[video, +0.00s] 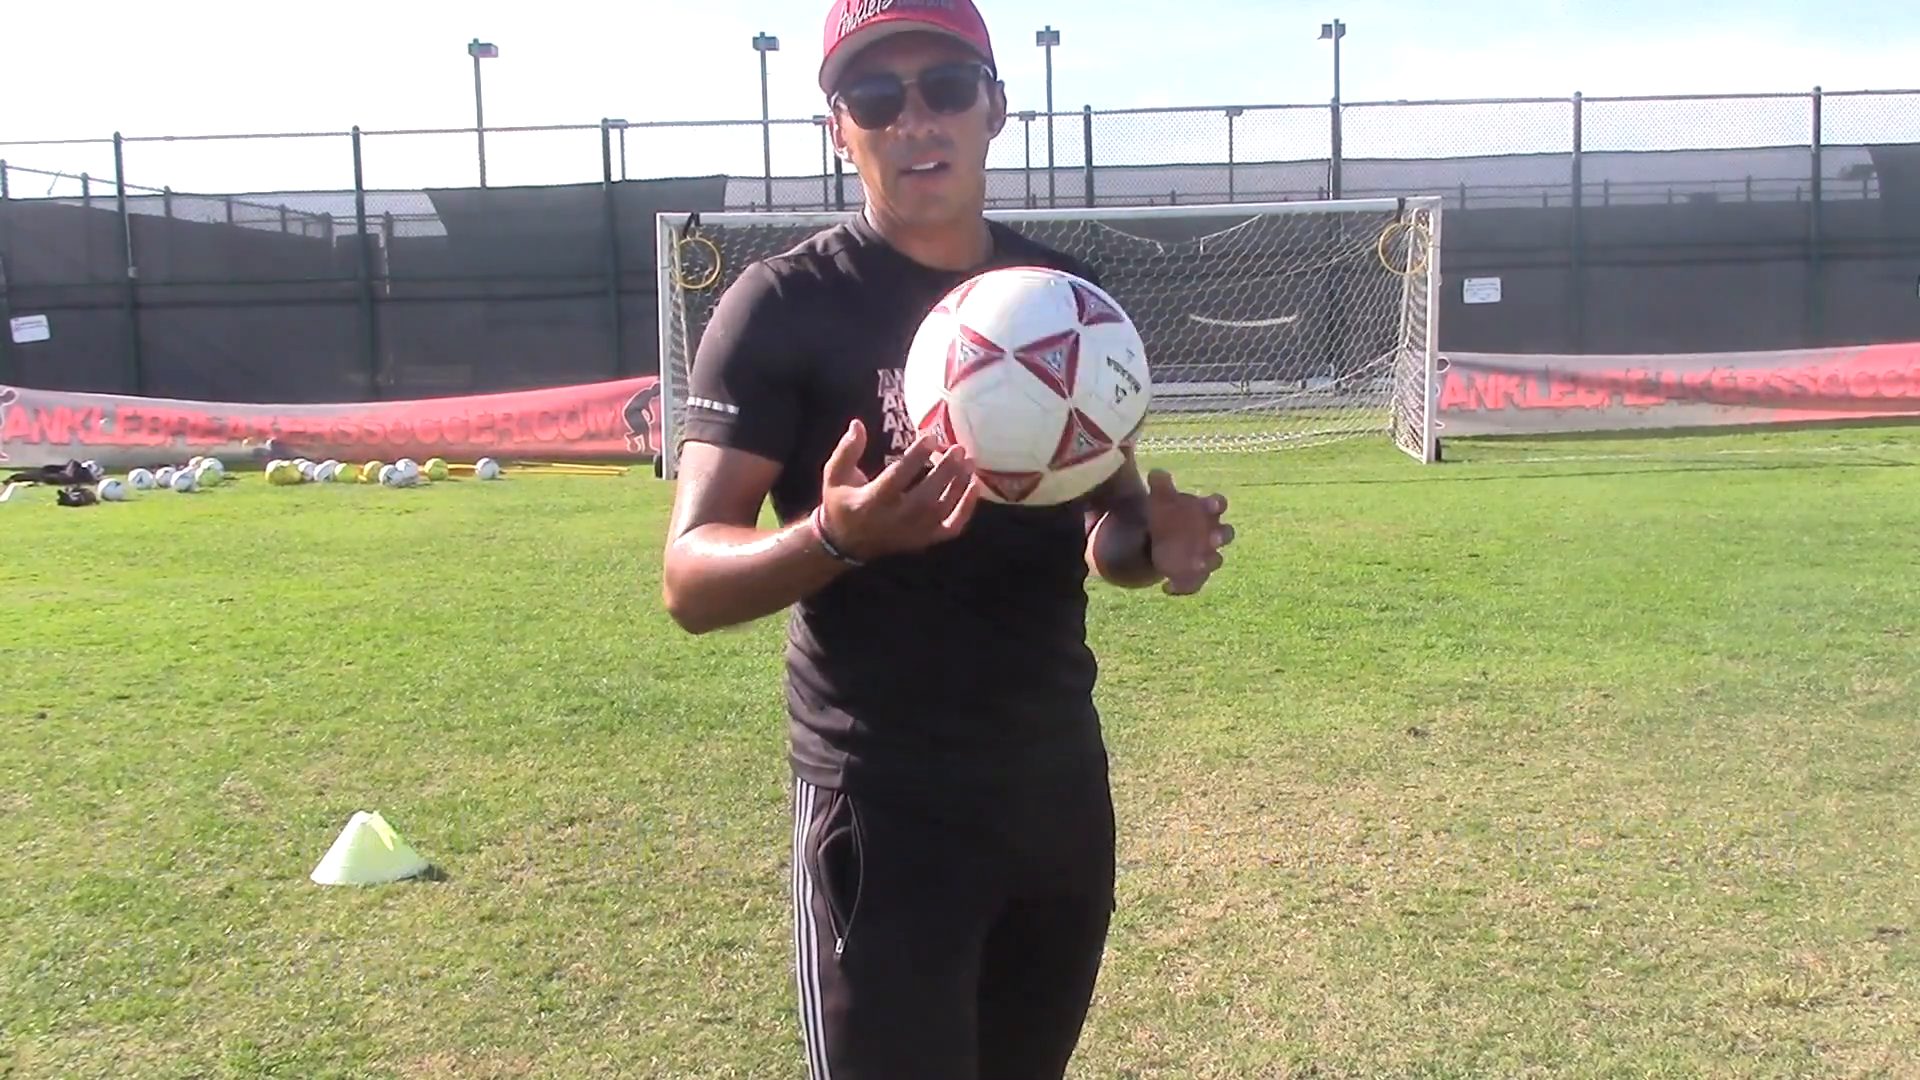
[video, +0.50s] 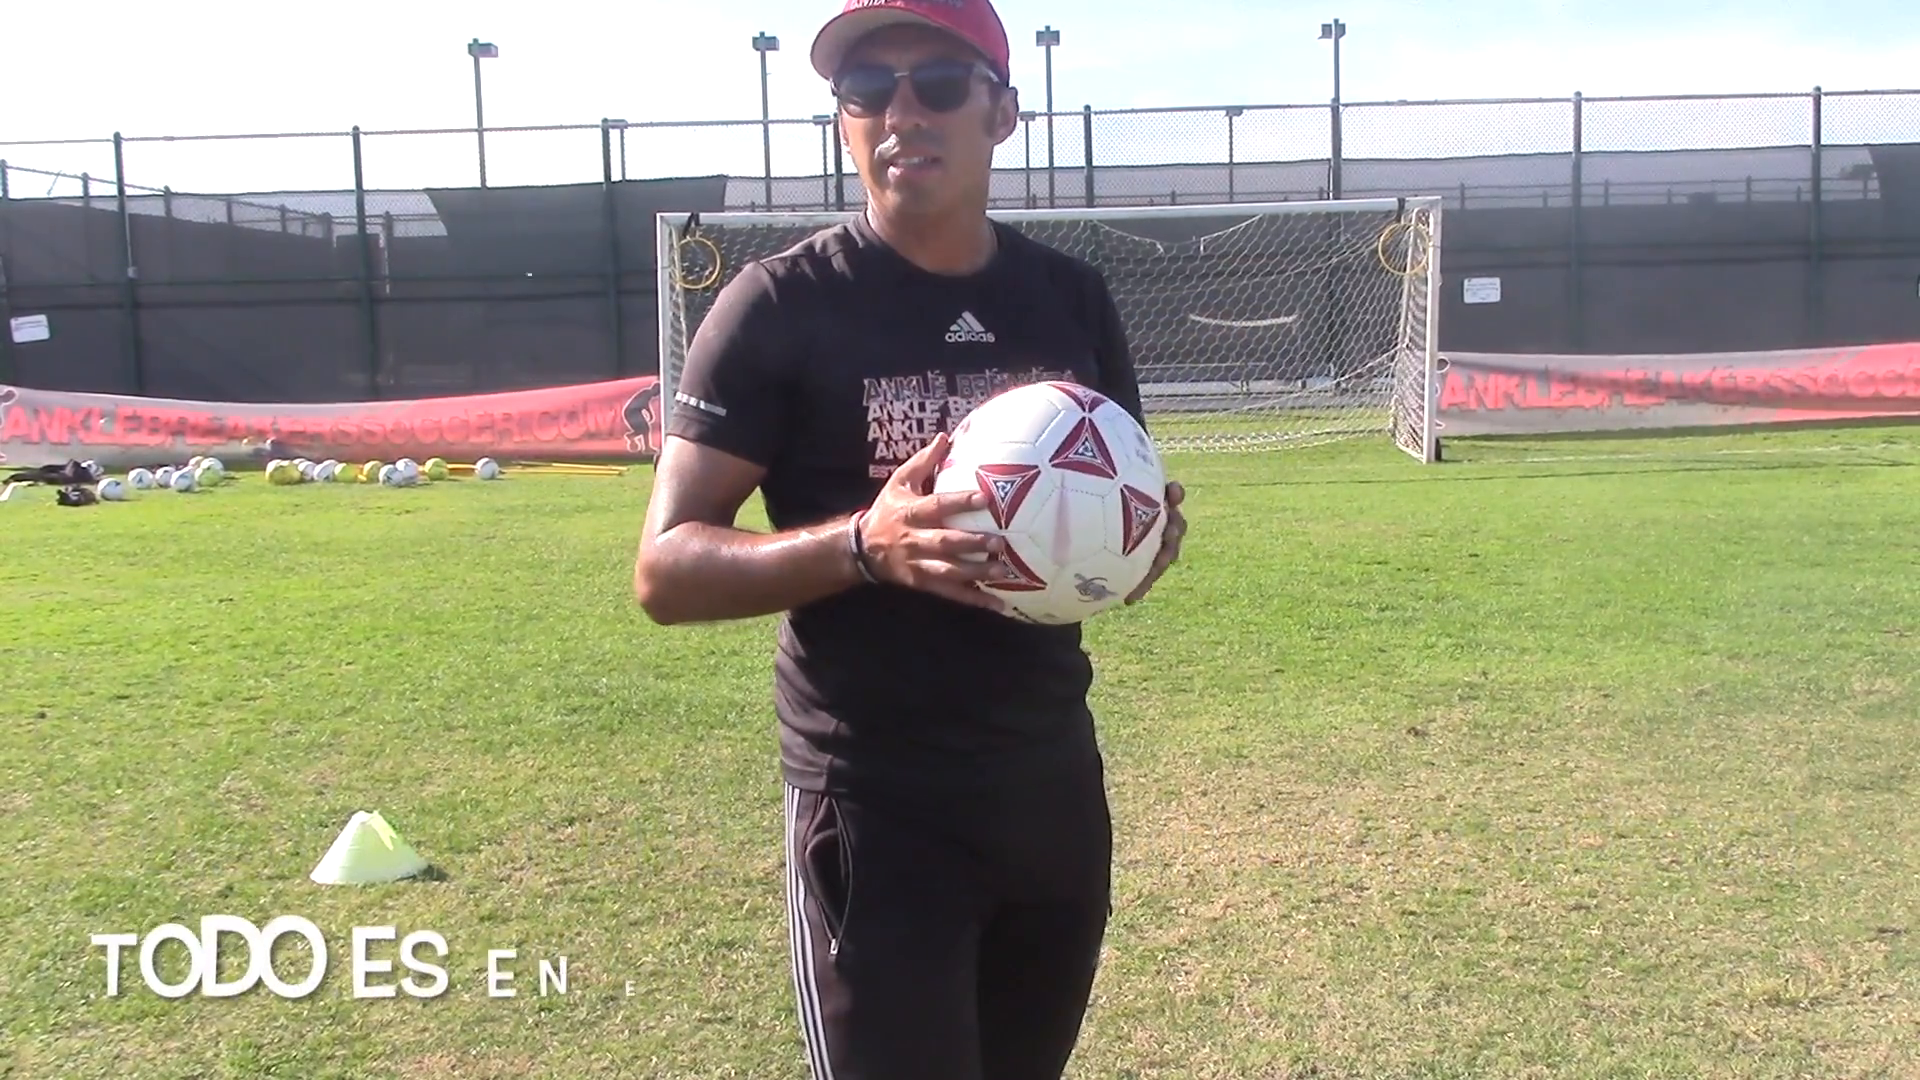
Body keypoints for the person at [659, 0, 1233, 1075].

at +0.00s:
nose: (918, 122)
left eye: (946, 89)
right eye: (880, 97)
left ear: (993, 109)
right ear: (841, 131)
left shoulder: (1060, 288)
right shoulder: (776, 307)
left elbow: (1111, 541)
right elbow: (692, 586)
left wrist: (1157, 539)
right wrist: (831, 537)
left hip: (1058, 780)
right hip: (878, 792)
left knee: (1028, 1063)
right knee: (890, 1061)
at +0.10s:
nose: (913, 123)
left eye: (944, 91)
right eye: (876, 98)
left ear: (992, 110)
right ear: (839, 128)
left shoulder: (1061, 288)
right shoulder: (776, 309)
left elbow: (1130, 509)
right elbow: (689, 585)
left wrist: (1141, 535)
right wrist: (852, 534)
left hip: (1058, 781)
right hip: (879, 792)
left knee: (1027, 1064)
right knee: (888, 1060)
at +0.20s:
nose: (909, 121)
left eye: (941, 89)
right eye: (872, 97)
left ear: (995, 113)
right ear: (838, 129)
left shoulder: (1065, 290)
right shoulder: (775, 309)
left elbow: (1131, 561)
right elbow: (689, 583)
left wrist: (1125, 475)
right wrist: (869, 536)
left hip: (1055, 775)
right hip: (876, 789)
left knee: (1027, 1065)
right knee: (889, 1061)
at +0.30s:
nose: (905, 117)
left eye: (939, 88)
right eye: (871, 94)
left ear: (996, 115)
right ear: (837, 128)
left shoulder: (1066, 291)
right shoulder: (772, 311)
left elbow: (1126, 563)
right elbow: (686, 581)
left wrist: (1145, 490)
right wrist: (875, 541)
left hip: (1054, 776)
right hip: (875, 789)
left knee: (1026, 1064)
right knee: (887, 1060)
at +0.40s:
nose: (903, 116)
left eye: (938, 88)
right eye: (870, 93)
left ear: (998, 117)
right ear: (839, 126)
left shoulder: (1067, 292)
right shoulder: (773, 310)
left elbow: (1133, 544)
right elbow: (677, 576)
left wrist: (1145, 507)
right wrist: (870, 546)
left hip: (1052, 777)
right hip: (873, 791)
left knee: (1024, 1063)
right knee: (889, 1060)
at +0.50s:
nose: (904, 116)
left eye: (940, 86)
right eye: (871, 92)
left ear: (1001, 117)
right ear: (841, 124)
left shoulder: (1070, 295)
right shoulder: (771, 309)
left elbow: (1120, 501)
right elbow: (667, 572)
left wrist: (1146, 525)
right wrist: (858, 547)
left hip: (1050, 775)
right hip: (870, 789)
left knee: (1024, 1062)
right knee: (894, 1061)